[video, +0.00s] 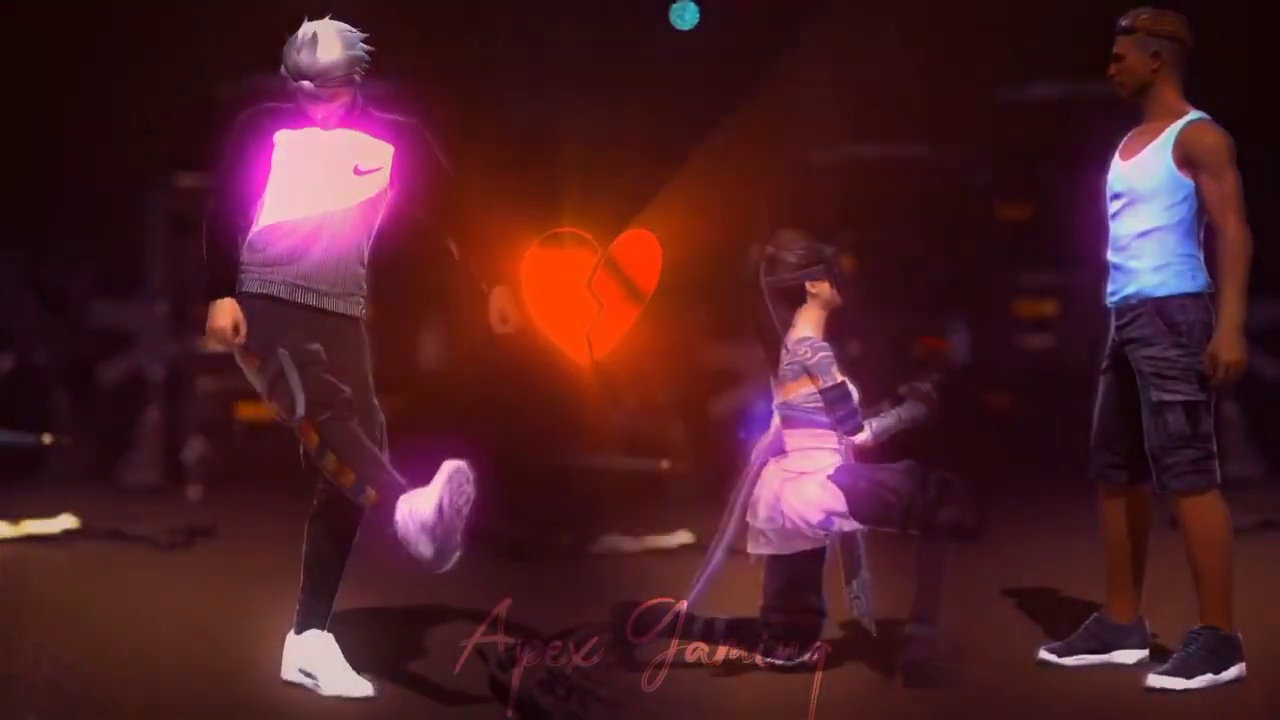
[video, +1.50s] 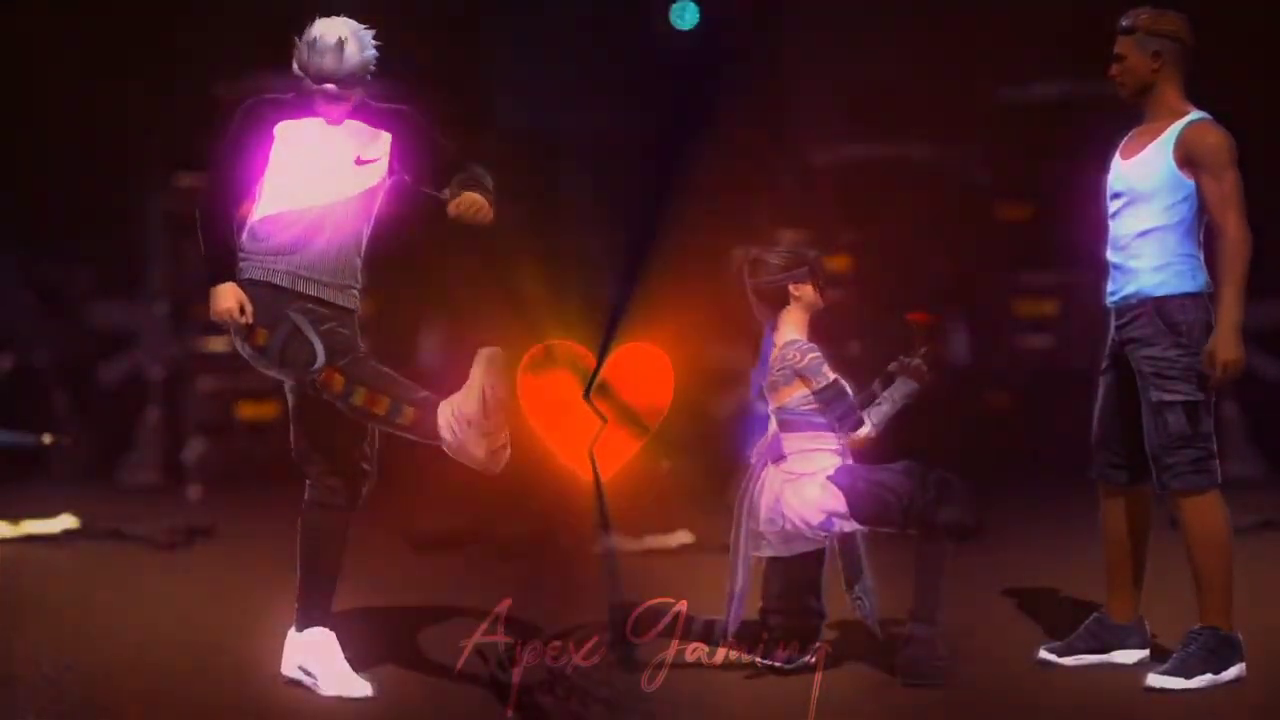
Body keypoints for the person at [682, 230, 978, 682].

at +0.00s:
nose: (836, 286)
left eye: (832, 278)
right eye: (828, 279)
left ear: (807, 290)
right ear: (811, 288)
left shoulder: (795, 346)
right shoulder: (812, 346)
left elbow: (846, 437)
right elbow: (852, 428)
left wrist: (904, 409)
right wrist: (908, 410)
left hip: (785, 488)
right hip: (812, 488)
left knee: (791, 638)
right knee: (939, 499)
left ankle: (670, 623)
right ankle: (923, 645)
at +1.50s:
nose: (819, 289)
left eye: (815, 281)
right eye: (812, 283)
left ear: (791, 292)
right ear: (793, 291)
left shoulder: (782, 349)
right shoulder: (800, 353)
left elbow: (848, 414)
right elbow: (857, 428)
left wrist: (893, 379)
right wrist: (905, 386)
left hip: (789, 481)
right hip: (809, 487)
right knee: (939, 497)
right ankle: (922, 642)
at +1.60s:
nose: (819, 289)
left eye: (816, 281)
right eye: (812, 282)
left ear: (790, 292)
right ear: (792, 290)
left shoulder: (783, 349)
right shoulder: (799, 353)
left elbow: (849, 413)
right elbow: (860, 426)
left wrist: (891, 378)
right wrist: (906, 385)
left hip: (790, 481)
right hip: (809, 487)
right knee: (941, 497)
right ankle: (921, 643)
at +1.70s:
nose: (819, 290)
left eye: (815, 282)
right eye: (811, 283)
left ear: (788, 292)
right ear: (792, 290)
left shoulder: (782, 348)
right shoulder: (797, 351)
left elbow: (848, 411)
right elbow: (863, 423)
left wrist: (888, 375)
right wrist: (909, 379)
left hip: (789, 481)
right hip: (806, 487)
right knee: (941, 497)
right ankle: (922, 645)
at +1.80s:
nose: (818, 290)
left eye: (814, 282)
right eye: (811, 283)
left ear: (789, 291)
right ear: (791, 290)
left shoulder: (784, 347)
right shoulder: (796, 350)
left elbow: (850, 410)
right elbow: (865, 420)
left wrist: (889, 371)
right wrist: (912, 373)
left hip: (791, 480)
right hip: (807, 486)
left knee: (791, 636)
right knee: (941, 496)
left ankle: (682, 627)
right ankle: (923, 645)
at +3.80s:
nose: (812, 292)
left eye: (809, 283)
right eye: (805, 284)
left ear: (782, 293)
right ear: (784, 292)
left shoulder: (785, 351)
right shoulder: (789, 356)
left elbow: (880, 363)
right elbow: (889, 363)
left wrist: (926, 317)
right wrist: (936, 315)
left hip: (803, 478)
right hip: (809, 484)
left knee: (796, 643)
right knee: (941, 497)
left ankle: (677, 624)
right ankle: (923, 648)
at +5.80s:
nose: (808, 291)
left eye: (804, 282)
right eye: (800, 283)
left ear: (780, 292)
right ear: (781, 290)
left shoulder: (783, 348)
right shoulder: (786, 354)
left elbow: (879, 359)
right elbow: (884, 360)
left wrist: (928, 309)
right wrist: (939, 306)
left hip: (797, 484)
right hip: (809, 486)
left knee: (796, 645)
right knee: (945, 497)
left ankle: (676, 624)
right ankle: (923, 650)